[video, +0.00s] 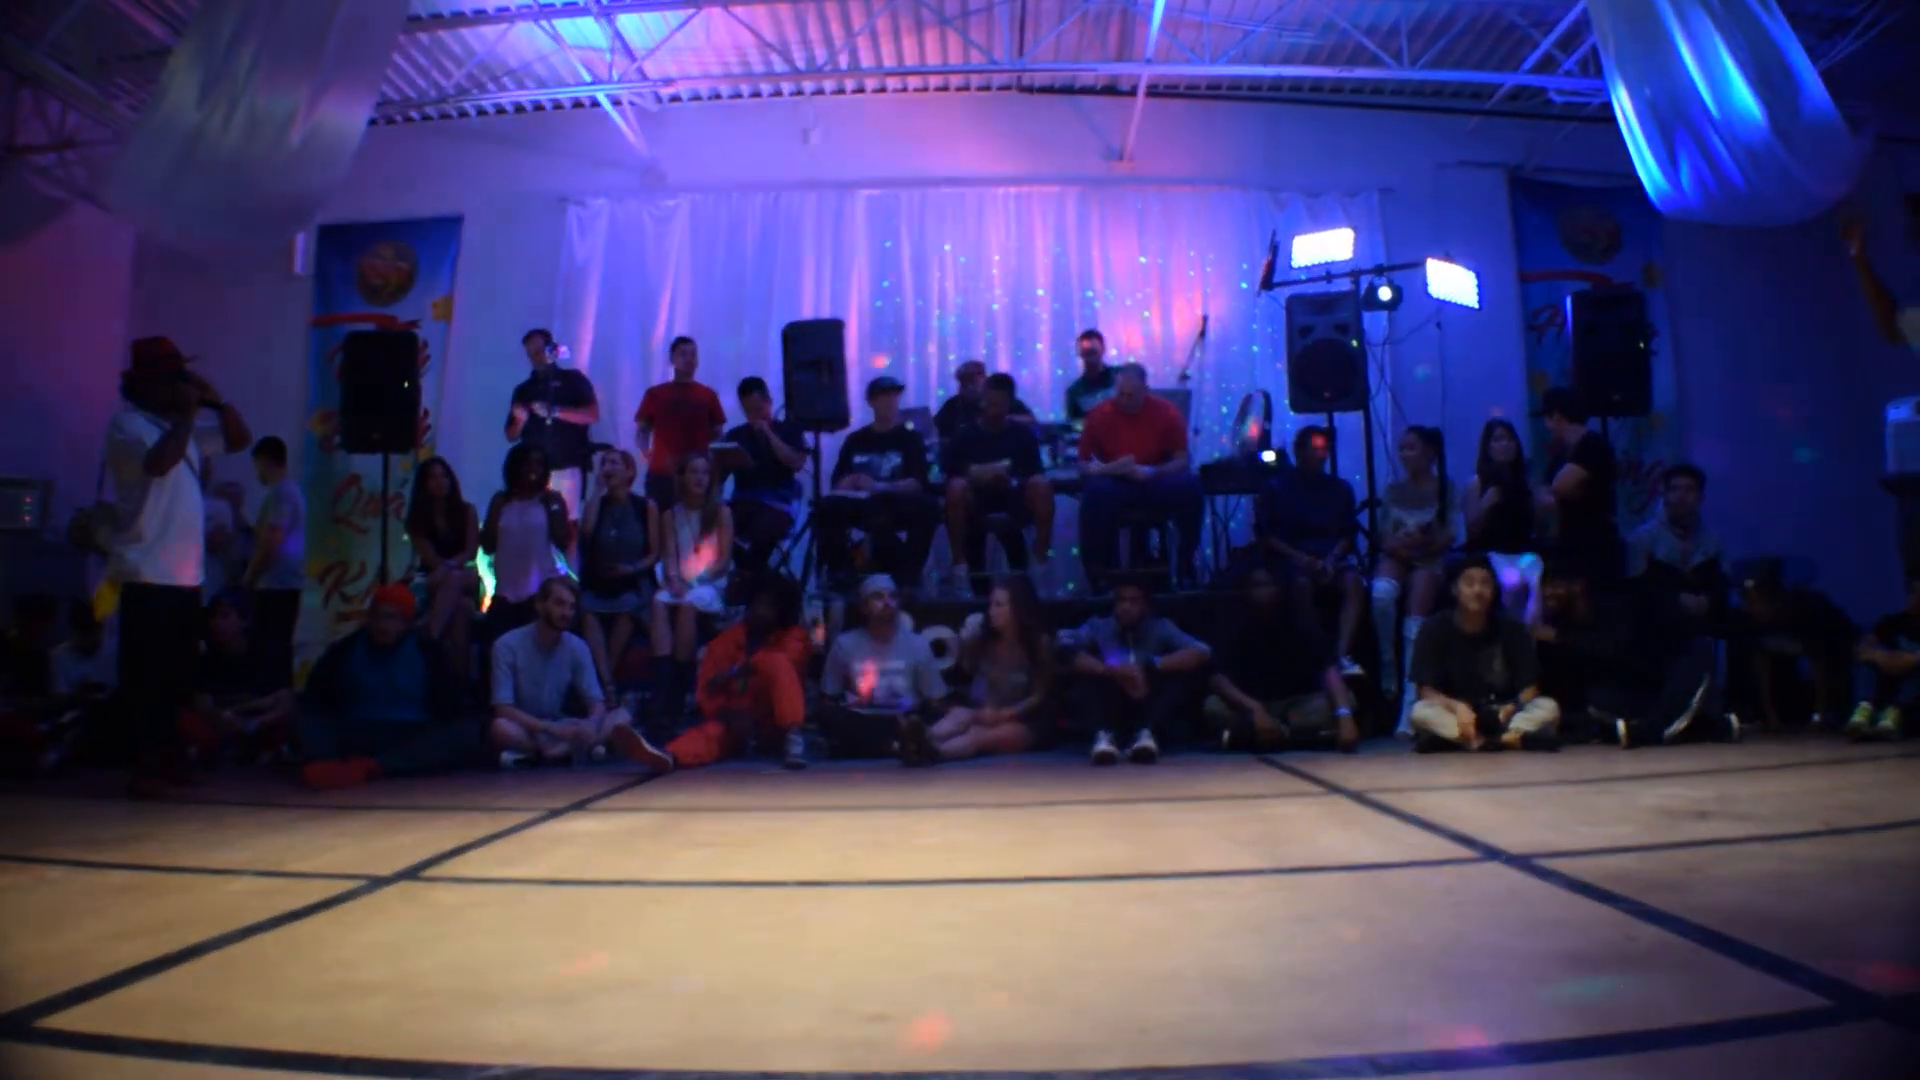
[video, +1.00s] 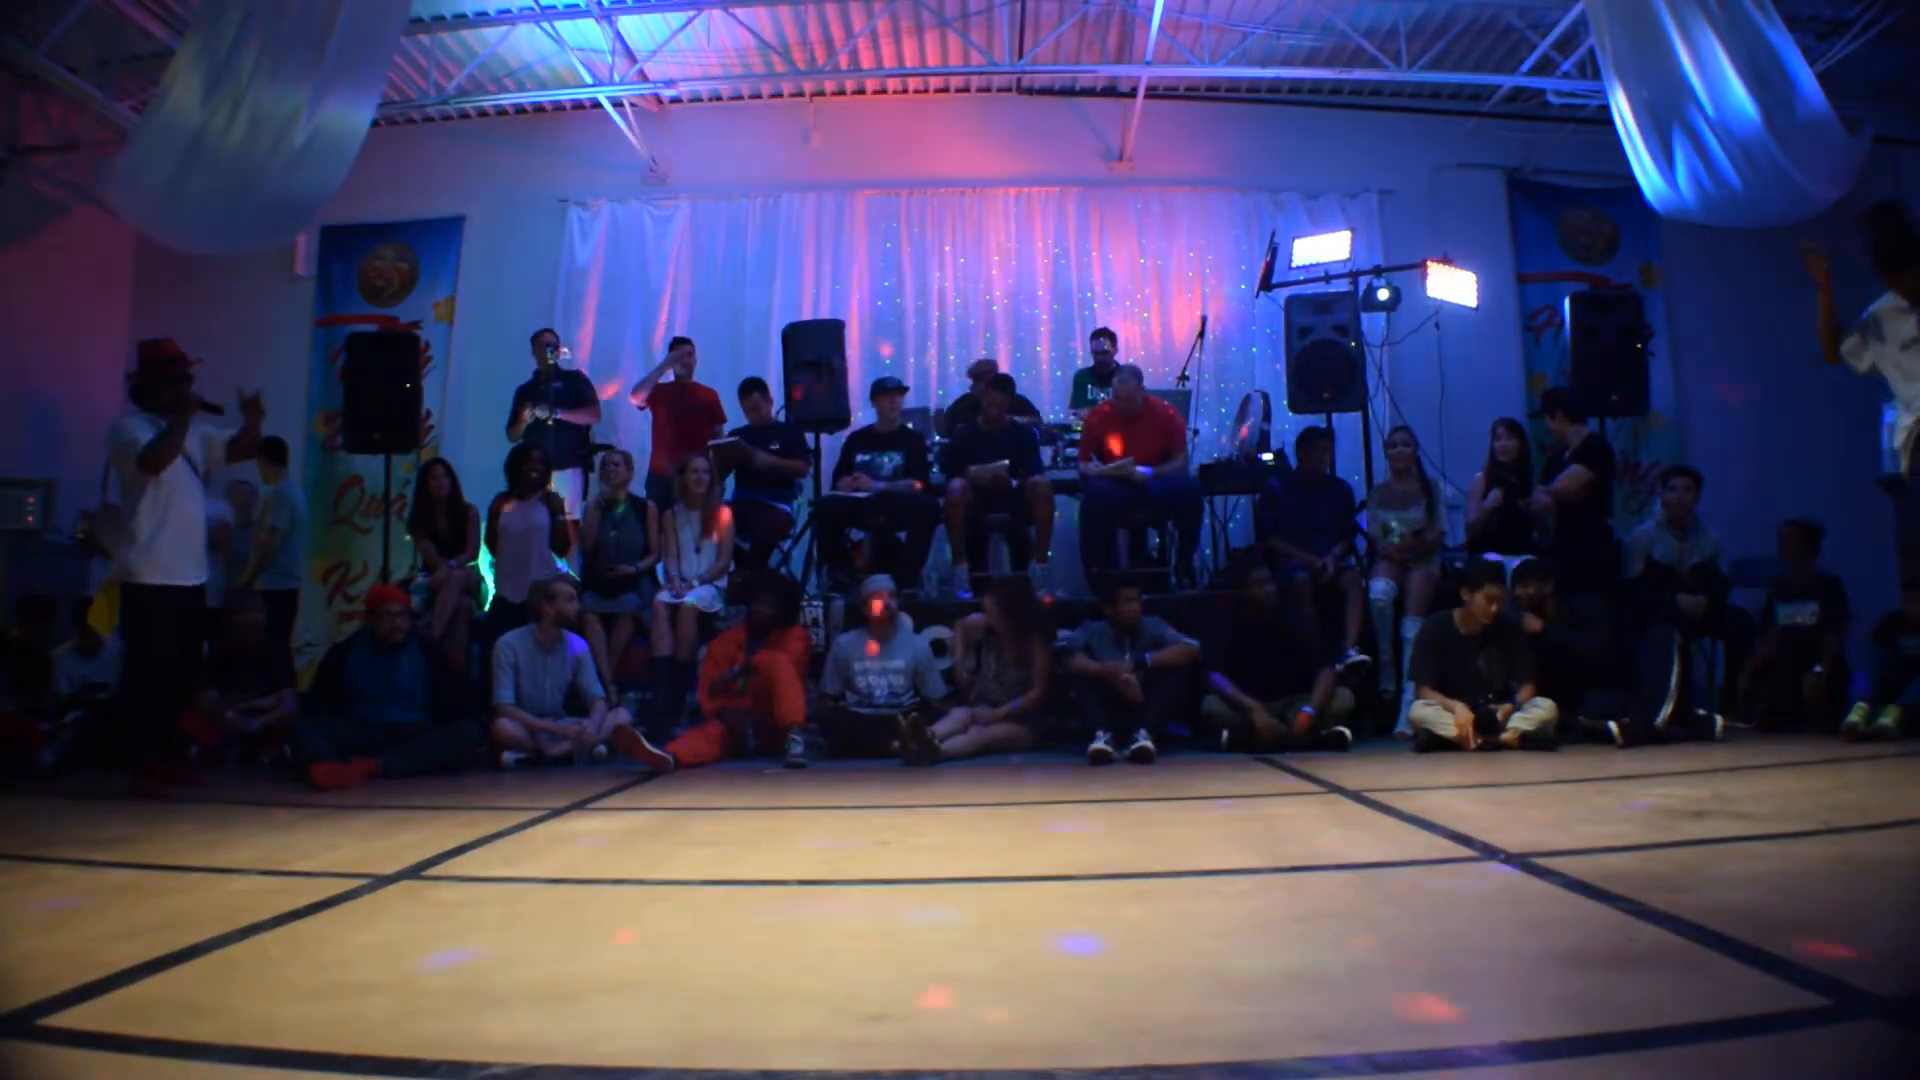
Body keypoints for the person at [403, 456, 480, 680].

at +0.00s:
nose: (439, 483)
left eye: (443, 477)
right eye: (433, 478)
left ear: (450, 480)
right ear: (424, 484)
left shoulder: (466, 511)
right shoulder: (418, 514)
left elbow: (471, 549)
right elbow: (425, 553)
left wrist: (448, 566)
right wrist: (449, 570)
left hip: (466, 573)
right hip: (433, 576)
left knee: (453, 577)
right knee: (462, 605)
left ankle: (431, 635)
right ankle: (458, 675)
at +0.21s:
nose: (440, 483)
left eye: (444, 477)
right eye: (434, 479)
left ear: (452, 481)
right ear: (425, 484)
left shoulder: (468, 511)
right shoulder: (420, 515)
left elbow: (472, 550)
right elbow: (427, 553)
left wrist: (450, 566)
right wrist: (450, 569)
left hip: (467, 572)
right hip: (436, 575)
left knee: (454, 578)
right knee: (463, 603)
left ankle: (433, 636)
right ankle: (458, 671)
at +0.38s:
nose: (440, 483)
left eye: (444, 477)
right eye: (434, 479)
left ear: (452, 481)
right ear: (426, 484)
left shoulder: (468, 511)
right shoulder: (421, 513)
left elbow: (472, 551)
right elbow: (423, 547)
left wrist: (451, 565)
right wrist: (445, 567)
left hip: (468, 573)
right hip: (436, 575)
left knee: (453, 578)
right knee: (462, 603)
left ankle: (434, 637)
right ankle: (459, 670)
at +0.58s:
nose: (440, 483)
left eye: (444, 477)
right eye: (434, 479)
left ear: (452, 481)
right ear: (425, 484)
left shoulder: (468, 511)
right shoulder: (420, 514)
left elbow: (473, 551)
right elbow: (425, 549)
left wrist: (451, 565)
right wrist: (446, 568)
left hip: (468, 573)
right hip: (435, 576)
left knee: (453, 578)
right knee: (462, 604)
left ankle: (433, 636)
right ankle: (458, 672)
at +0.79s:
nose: (440, 483)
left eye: (444, 477)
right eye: (434, 478)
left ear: (452, 481)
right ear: (425, 484)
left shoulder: (468, 511)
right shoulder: (420, 514)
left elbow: (472, 550)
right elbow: (425, 549)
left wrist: (452, 564)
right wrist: (445, 567)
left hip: (467, 572)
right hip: (436, 575)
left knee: (453, 577)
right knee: (461, 603)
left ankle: (434, 636)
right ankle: (458, 671)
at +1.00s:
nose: (440, 483)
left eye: (444, 477)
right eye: (434, 478)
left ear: (452, 481)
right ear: (425, 484)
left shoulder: (468, 512)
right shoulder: (420, 515)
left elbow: (472, 551)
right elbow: (427, 553)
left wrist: (451, 563)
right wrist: (447, 568)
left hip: (467, 572)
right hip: (434, 575)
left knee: (454, 577)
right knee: (464, 603)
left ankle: (434, 636)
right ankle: (457, 666)